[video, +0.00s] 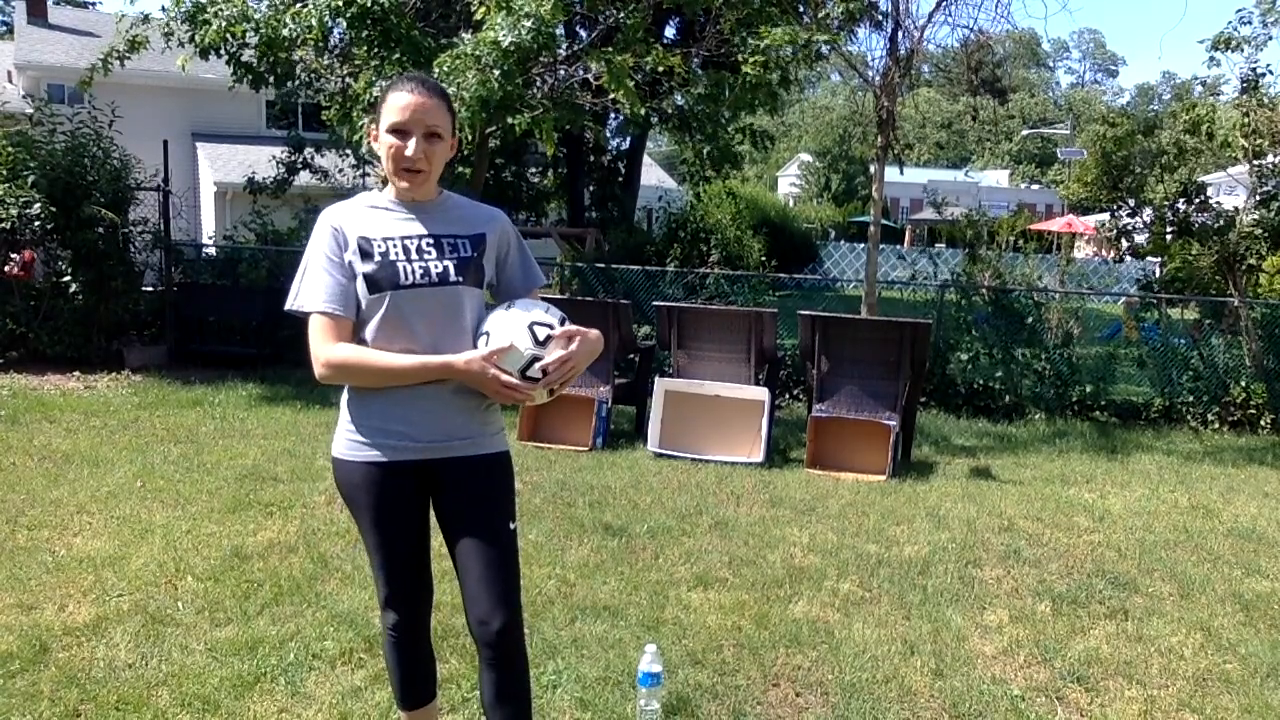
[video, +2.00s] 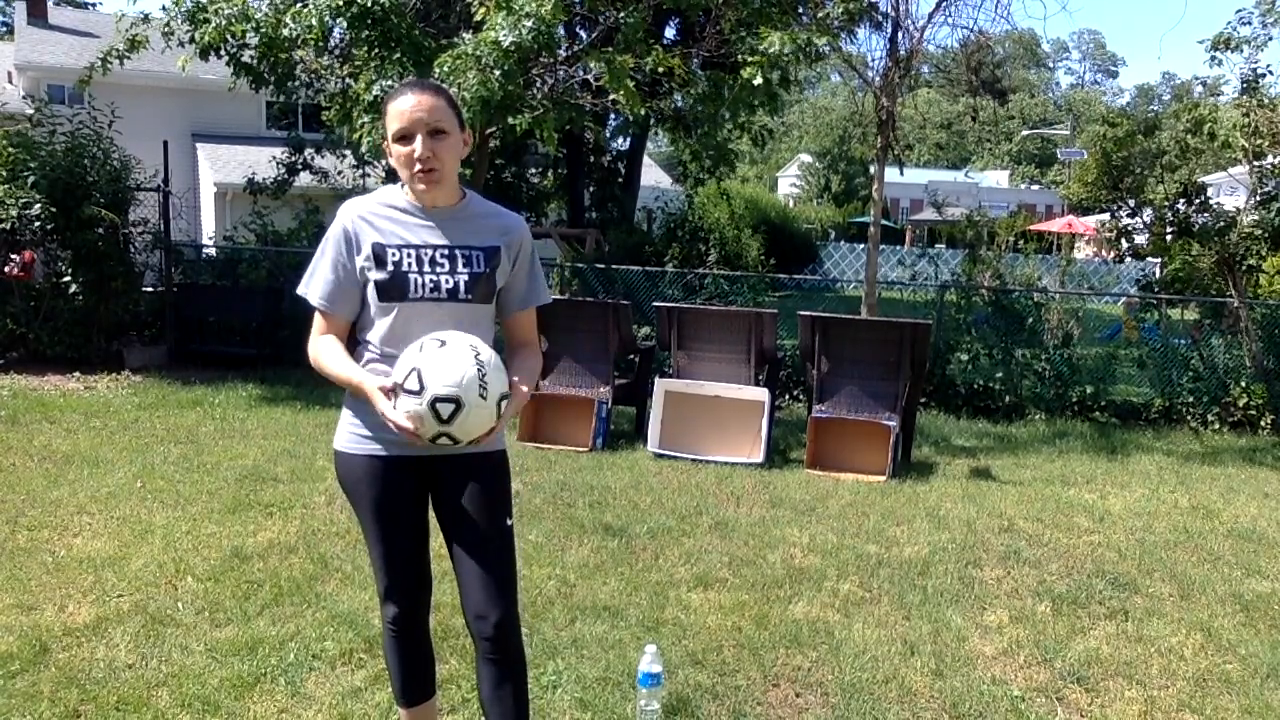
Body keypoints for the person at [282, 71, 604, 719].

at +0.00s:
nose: (413, 149)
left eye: (431, 136)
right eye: (399, 132)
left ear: (452, 145)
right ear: (374, 137)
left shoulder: (490, 226)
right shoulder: (341, 225)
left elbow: (536, 329)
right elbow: (327, 358)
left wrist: (588, 341)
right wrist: (453, 367)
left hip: (474, 453)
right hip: (377, 456)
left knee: (498, 625)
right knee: (404, 618)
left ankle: (509, 718)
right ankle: (420, 714)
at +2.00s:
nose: (422, 148)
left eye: (437, 133)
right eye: (405, 136)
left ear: (464, 141)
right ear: (388, 150)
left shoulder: (505, 230)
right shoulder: (357, 223)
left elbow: (524, 340)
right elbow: (322, 342)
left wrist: (519, 386)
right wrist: (366, 384)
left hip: (474, 448)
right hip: (378, 448)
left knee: (495, 621)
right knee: (403, 610)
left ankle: (510, 718)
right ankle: (419, 714)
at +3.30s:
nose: (428, 147)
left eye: (443, 132)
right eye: (410, 133)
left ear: (463, 142)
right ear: (387, 146)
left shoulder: (502, 227)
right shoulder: (355, 222)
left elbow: (514, 360)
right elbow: (327, 358)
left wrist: (446, 333)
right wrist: (328, 306)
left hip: (476, 440)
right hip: (380, 439)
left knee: (497, 625)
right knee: (405, 611)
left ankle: (506, 718)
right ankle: (420, 716)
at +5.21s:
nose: (400, 136)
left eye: (416, 124)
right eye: (384, 122)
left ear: (434, 140)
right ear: (357, 137)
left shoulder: (477, 219)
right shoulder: (330, 226)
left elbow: (527, 312)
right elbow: (311, 359)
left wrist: (531, 342)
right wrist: (378, 334)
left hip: (470, 437)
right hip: (374, 442)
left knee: (494, 619)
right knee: (401, 610)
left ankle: (505, 718)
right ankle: (419, 715)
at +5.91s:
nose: (403, 142)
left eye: (419, 129)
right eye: (387, 128)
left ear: (438, 143)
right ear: (361, 142)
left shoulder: (481, 222)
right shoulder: (334, 228)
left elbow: (535, 343)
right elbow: (306, 359)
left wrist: (516, 334)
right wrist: (363, 330)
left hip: (472, 439)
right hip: (377, 442)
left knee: (496, 618)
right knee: (402, 610)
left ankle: (506, 719)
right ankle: (419, 716)